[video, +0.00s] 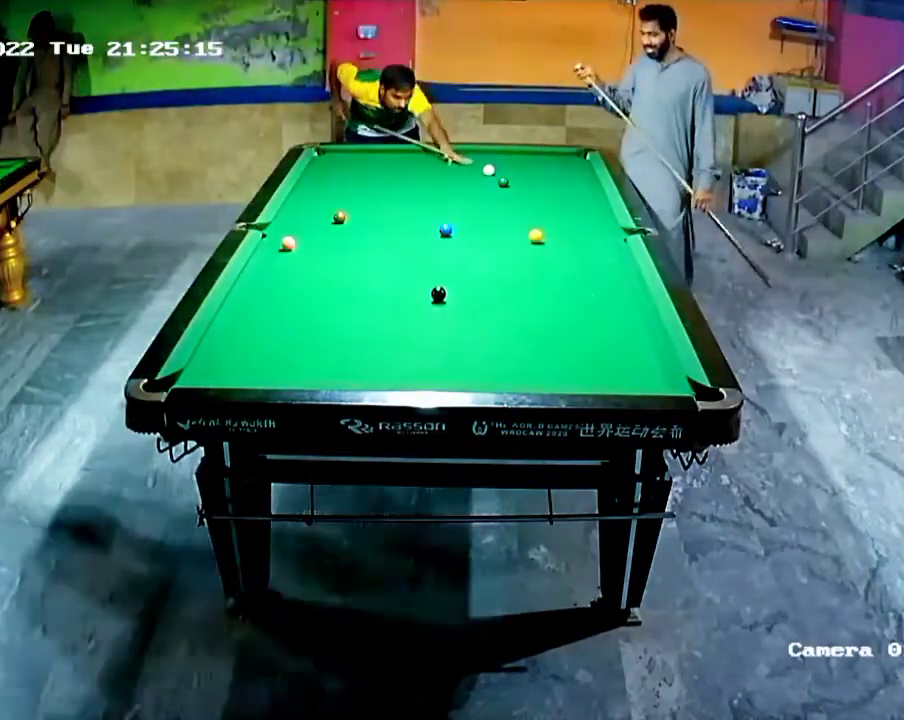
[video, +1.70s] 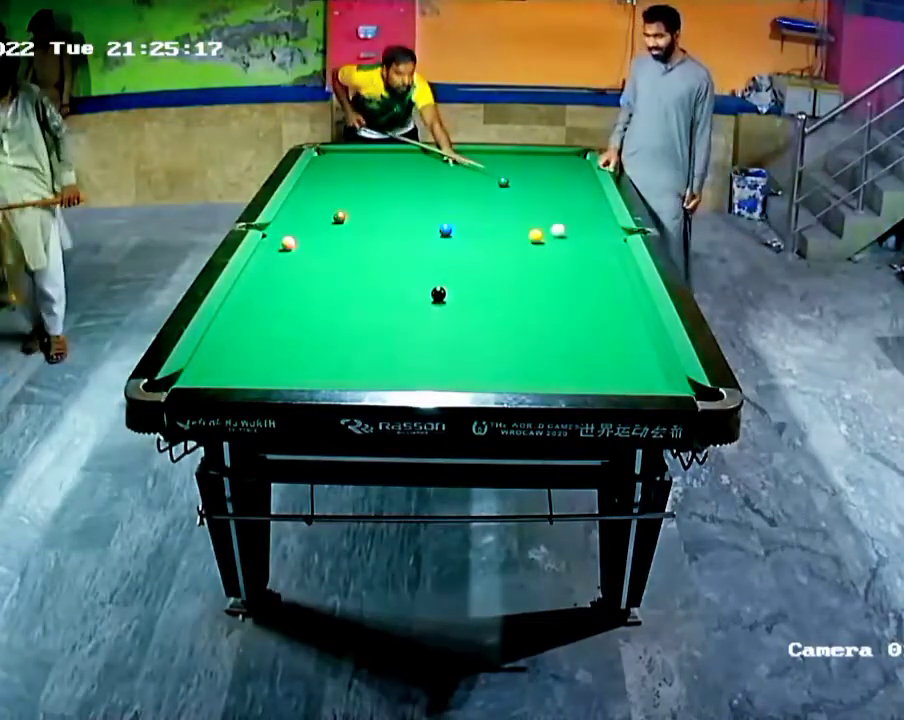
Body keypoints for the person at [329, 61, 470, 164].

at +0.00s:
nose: (402, 104)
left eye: (407, 98)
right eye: (397, 98)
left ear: (412, 92)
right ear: (382, 90)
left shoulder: (413, 93)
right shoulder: (362, 89)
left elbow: (431, 122)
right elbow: (342, 69)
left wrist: (446, 149)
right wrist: (338, 101)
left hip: (403, 132)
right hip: (366, 132)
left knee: (407, 178)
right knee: (363, 177)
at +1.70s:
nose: (406, 82)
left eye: (410, 75)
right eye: (400, 75)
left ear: (414, 72)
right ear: (385, 70)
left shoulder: (418, 85)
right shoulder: (363, 79)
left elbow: (433, 122)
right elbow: (338, 78)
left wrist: (448, 150)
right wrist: (349, 112)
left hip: (403, 136)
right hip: (365, 135)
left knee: (408, 183)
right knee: (363, 183)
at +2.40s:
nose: (386, 6)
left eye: (390, 1)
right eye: (379, 2)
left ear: (397, 4)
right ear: (370, 5)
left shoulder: (415, 33)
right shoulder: (356, 38)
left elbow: (425, 68)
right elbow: (340, 72)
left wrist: (414, 91)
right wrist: (359, 105)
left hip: (407, 129)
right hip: (369, 130)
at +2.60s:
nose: (381, 6)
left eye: (386, 1)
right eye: (375, 2)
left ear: (393, 4)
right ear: (368, 5)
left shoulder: (414, 33)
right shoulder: (355, 38)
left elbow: (423, 65)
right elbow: (338, 71)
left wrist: (416, 89)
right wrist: (351, 106)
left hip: (406, 128)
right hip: (369, 130)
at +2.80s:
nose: (374, 7)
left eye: (379, 2)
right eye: (369, 3)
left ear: (387, 4)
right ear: (363, 7)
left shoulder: (409, 31)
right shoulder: (350, 39)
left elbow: (420, 64)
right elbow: (334, 72)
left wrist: (412, 93)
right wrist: (344, 108)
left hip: (405, 128)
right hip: (367, 130)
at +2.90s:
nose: (362, 11)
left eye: (367, 5)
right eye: (356, 7)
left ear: (375, 5)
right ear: (350, 11)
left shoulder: (401, 30)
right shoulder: (341, 44)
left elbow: (415, 60)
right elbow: (327, 74)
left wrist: (408, 92)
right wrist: (337, 113)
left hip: (404, 126)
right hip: (367, 130)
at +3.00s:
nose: (358, 14)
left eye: (362, 7)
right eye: (351, 11)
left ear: (370, 5)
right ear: (346, 13)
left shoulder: (398, 30)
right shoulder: (338, 45)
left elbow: (413, 60)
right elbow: (325, 77)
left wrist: (406, 92)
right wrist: (336, 115)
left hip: (403, 125)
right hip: (366, 130)